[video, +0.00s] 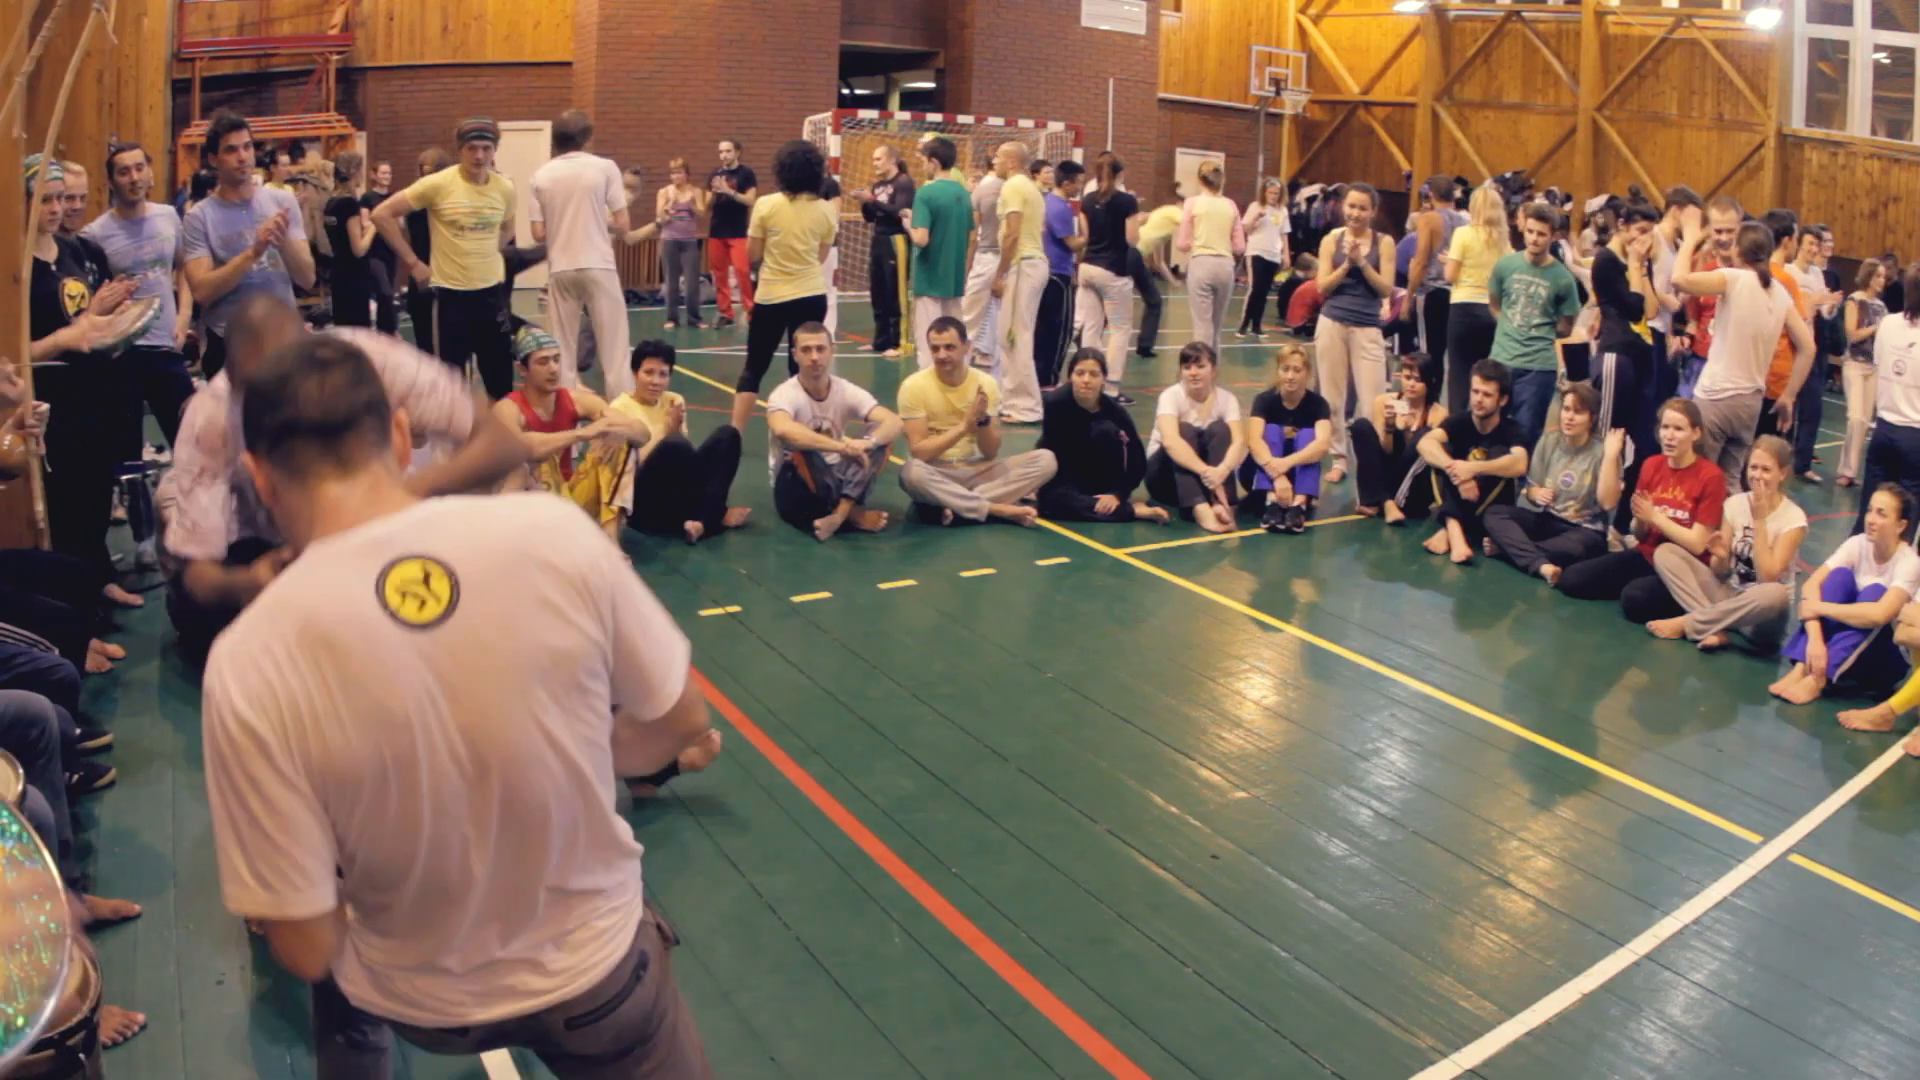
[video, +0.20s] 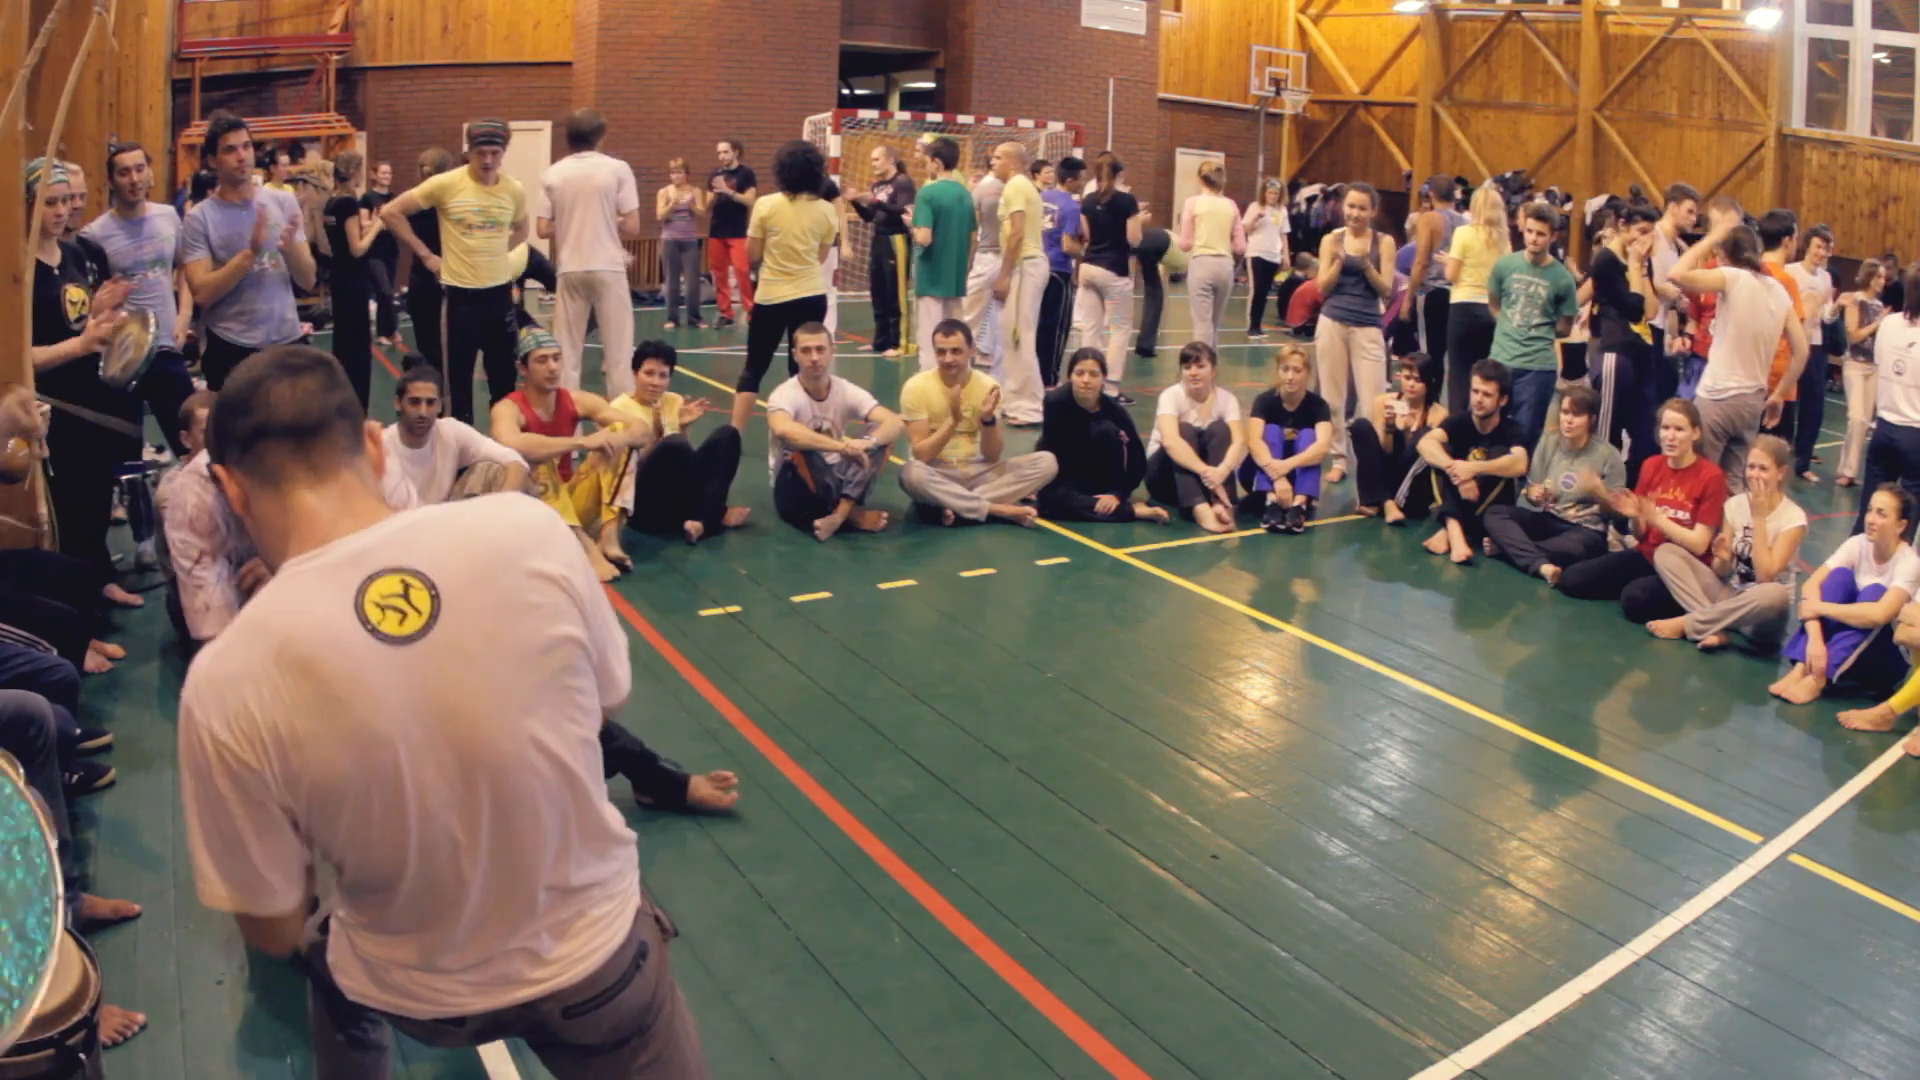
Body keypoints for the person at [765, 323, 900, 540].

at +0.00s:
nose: (814, 357)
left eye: (821, 349)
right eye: (806, 350)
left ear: (832, 351)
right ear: (794, 354)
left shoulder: (843, 389)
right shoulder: (784, 394)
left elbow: (894, 423)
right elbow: (782, 430)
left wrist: (869, 442)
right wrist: (841, 447)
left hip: (839, 492)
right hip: (797, 496)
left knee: (881, 440)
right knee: (802, 451)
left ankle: (839, 514)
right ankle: (851, 512)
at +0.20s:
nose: (814, 358)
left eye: (821, 350)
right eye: (806, 351)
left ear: (832, 351)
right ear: (794, 355)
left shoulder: (844, 390)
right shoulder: (784, 394)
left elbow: (895, 423)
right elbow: (782, 430)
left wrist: (869, 442)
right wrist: (841, 447)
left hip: (839, 492)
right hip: (797, 497)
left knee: (881, 439)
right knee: (802, 450)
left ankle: (838, 515)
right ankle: (852, 511)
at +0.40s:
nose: (814, 358)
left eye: (820, 350)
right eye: (805, 351)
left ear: (832, 351)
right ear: (794, 355)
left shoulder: (844, 390)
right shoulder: (784, 394)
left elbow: (896, 422)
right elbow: (782, 430)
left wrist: (870, 442)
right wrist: (841, 447)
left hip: (839, 492)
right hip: (797, 497)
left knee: (881, 439)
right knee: (803, 448)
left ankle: (838, 515)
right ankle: (852, 511)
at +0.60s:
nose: (815, 358)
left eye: (821, 350)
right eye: (807, 351)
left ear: (832, 352)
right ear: (794, 355)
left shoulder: (844, 390)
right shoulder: (784, 394)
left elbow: (896, 423)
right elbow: (782, 430)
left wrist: (869, 442)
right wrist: (841, 447)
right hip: (797, 497)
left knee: (881, 439)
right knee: (803, 448)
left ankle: (839, 515)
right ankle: (852, 511)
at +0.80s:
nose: (814, 358)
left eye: (821, 350)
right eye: (806, 351)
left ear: (832, 351)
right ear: (794, 355)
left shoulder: (844, 390)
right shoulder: (784, 394)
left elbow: (895, 423)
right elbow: (782, 430)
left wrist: (870, 442)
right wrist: (841, 446)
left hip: (839, 492)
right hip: (797, 496)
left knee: (881, 439)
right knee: (803, 449)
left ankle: (838, 515)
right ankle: (852, 511)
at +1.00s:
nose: (813, 358)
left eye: (820, 350)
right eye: (805, 351)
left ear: (831, 352)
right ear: (794, 355)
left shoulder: (844, 390)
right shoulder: (784, 394)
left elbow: (895, 423)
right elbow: (782, 430)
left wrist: (870, 442)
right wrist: (841, 447)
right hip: (797, 497)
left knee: (880, 440)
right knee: (803, 450)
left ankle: (838, 515)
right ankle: (852, 511)